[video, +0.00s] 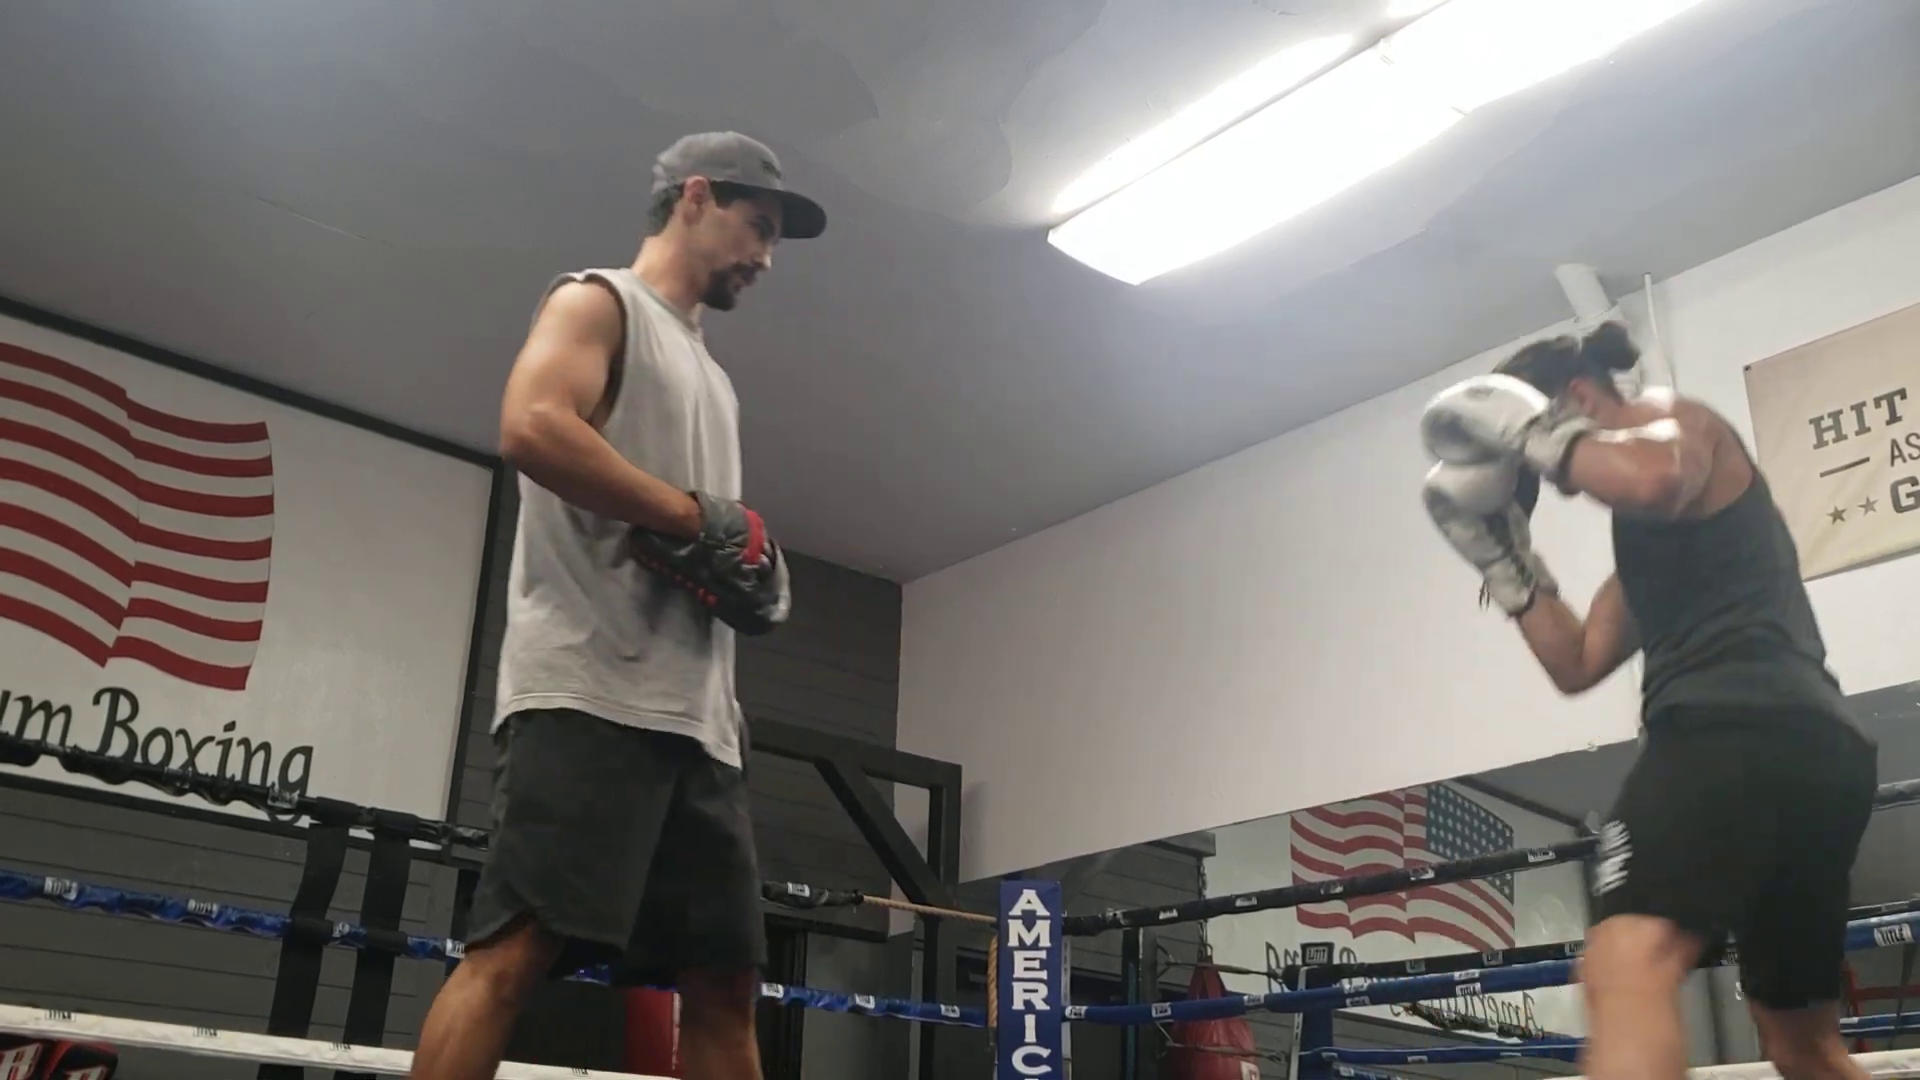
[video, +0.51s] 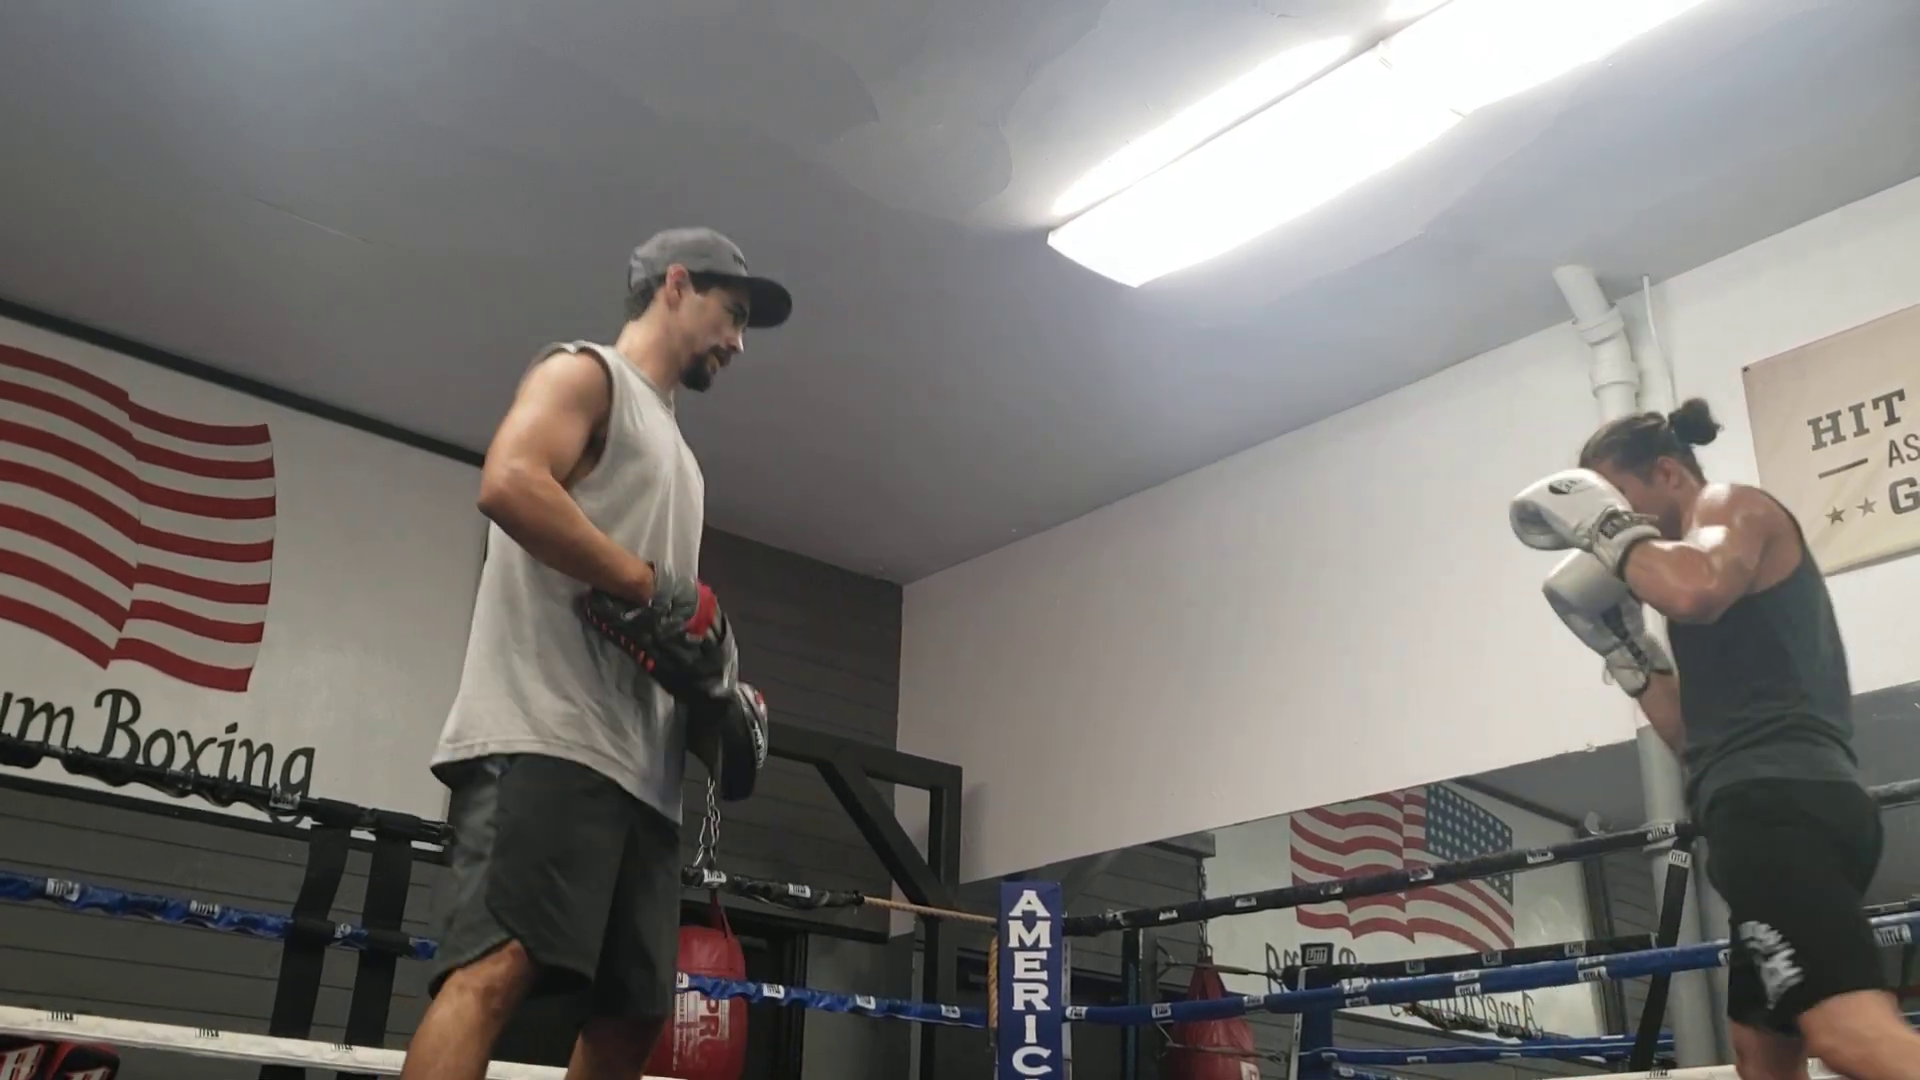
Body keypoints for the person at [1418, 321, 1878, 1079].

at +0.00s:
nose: (1557, 435)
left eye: (1551, 417)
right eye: (1545, 426)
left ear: (1582, 390)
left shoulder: (1676, 416)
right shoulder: (1647, 530)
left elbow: (1658, 482)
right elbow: (1574, 665)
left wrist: (1533, 435)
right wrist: (1503, 558)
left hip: (1729, 726)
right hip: (1820, 739)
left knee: (1625, 964)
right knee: (1804, 1038)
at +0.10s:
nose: (1577, 390)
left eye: (1574, 371)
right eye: (1568, 383)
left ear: (1605, 347)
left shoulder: (1697, 372)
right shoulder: (1674, 490)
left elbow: (1655, 432)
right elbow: (1591, 615)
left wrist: (1546, 379)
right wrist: (1519, 508)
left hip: (1762, 687)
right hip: (1829, 700)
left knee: (1685, 934)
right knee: (1819, 1004)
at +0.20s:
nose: (1607, 391)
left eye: (1603, 369)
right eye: (1595, 385)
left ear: (1637, 345)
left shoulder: (1720, 377)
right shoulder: (1703, 486)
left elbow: (1660, 439)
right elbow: (1634, 629)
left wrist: (1564, 381)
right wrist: (1557, 522)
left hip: (1790, 692)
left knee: (1773, 972)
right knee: (1808, 984)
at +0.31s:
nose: (1625, 454)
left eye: (1623, 432)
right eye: (1613, 442)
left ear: (1663, 401)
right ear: (1657, 413)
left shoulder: (1748, 428)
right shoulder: (1717, 519)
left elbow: (1677, 506)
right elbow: (1685, 693)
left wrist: (1586, 449)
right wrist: (1609, 590)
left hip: (1824, 750)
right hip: (1772, 770)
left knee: (1872, 1025)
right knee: (1805, 1034)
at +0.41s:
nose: (1631, 508)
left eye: (1631, 487)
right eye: (1621, 496)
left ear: (1674, 453)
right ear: (1672, 457)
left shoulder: (1755, 481)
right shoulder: (1719, 558)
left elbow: (1695, 568)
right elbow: (1718, 739)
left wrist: (1605, 507)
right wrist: (1638, 646)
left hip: (1816, 790)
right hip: (1778, 802)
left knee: (1892, 1030)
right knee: (1798, 1055)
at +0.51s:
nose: (1619, 521)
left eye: (1620, 499)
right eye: (1608, 505)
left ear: (1668, 472)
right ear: (1667, 474)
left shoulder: (1738, 504)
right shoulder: (1701, 571)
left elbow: (1696, 588)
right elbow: (1694, 735)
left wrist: (1605, 527)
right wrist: (1623, 649)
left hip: (1778, 791)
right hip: (1748, 802)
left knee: (1852, 1031)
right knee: (1761, 1043)